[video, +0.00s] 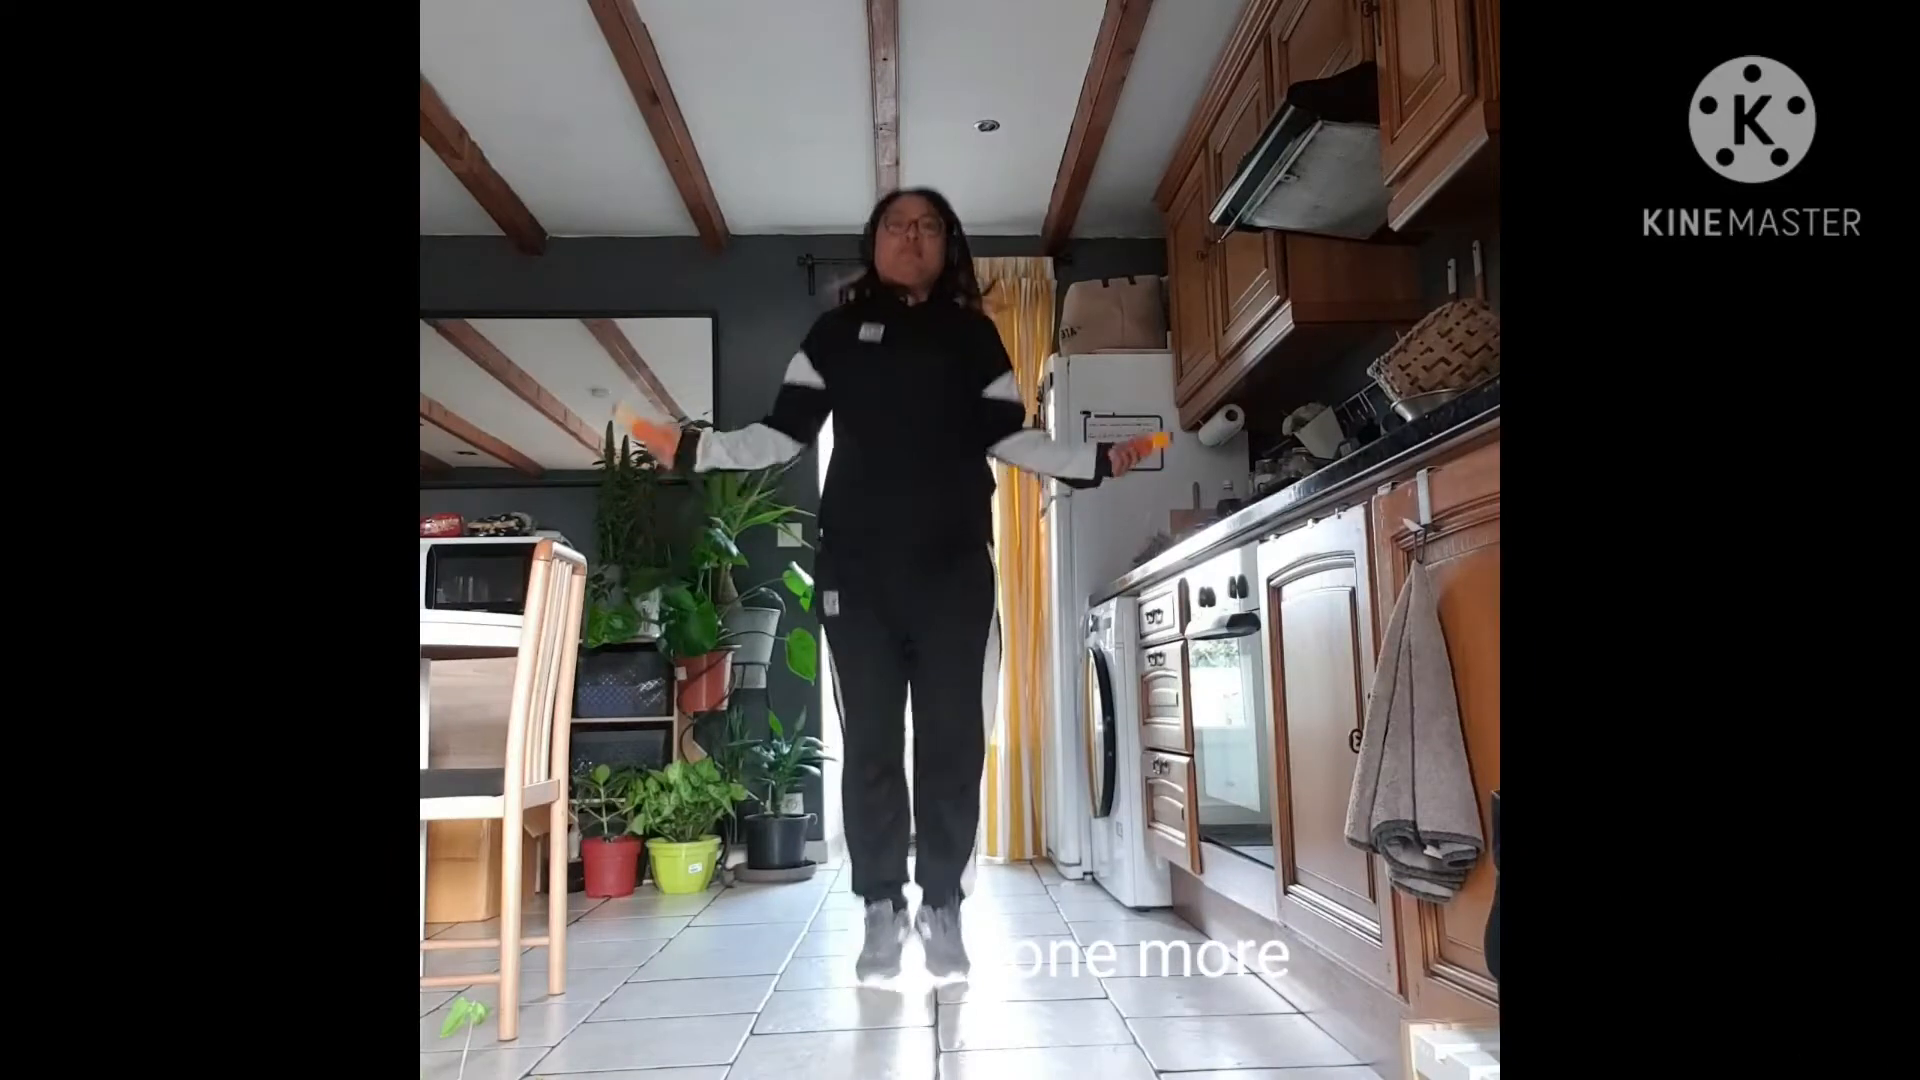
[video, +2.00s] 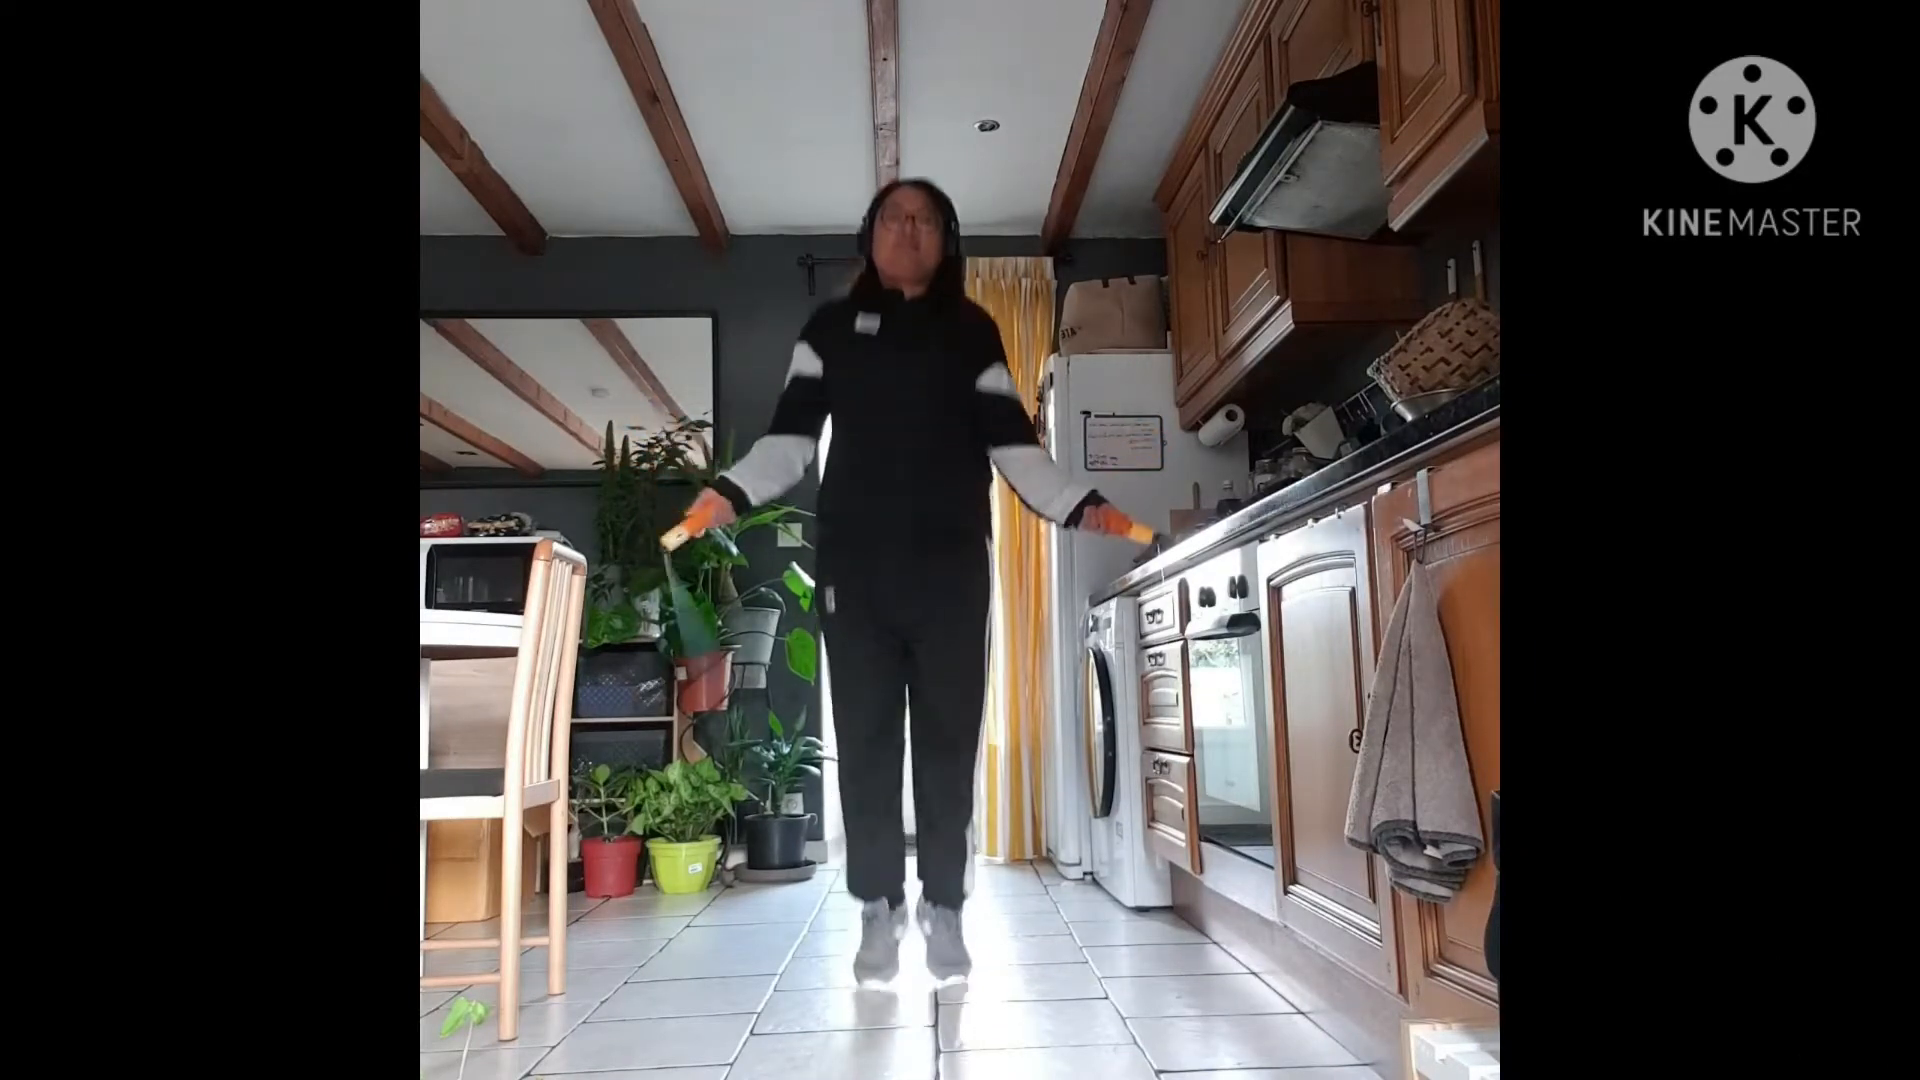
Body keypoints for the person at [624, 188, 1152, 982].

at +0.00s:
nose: (910, 236)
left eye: (926, 226)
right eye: (895, 225)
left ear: (949, 250)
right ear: (871, 247)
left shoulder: (972, 335)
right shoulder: (835, 332)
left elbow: (1009, 439)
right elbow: (784, 434)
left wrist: (1098, 460)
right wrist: (693, 446)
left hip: (953, 562)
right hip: (859, 561)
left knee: (952, 739)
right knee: (870, 740)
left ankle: (942, 909)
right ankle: (882, 912)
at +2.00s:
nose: (907, 229)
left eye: (923, 220)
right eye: (893, 217)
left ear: (946, 243)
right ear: (869, 238)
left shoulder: (971, 329)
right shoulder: (832, 327)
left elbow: (1015, 445)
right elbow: (790, 439)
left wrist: (1084, 506)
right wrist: (727, 494)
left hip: (950, 565)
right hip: (855, 563)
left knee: (947, 742)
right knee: (867, 743)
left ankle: (944, 909)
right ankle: (877, 906)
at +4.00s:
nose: (907, 253)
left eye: (923, 243)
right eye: (892, 242)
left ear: (947, 267)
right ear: (868, 264)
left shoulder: (971, 355)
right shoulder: (831, 353)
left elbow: (1006, 454)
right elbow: (777, 448)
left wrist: (1088, 459)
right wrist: (695, 436)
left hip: (952, 582)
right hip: (856, 581)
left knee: (951, 753)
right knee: (868, 755)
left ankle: (944, 922)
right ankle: (880, 926)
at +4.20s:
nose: (904, 229)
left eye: (921, 218)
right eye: (889, 217)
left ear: (943, 242)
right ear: (866, 238)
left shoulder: (968, 332)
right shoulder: (827, 327)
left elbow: (1010, 446)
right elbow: (791, 443)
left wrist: (1073, 507)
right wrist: (728, 500)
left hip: (947, 567)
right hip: (851, 565)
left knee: (947, 740)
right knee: (862, 741)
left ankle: (945, 907)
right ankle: (875, 911)